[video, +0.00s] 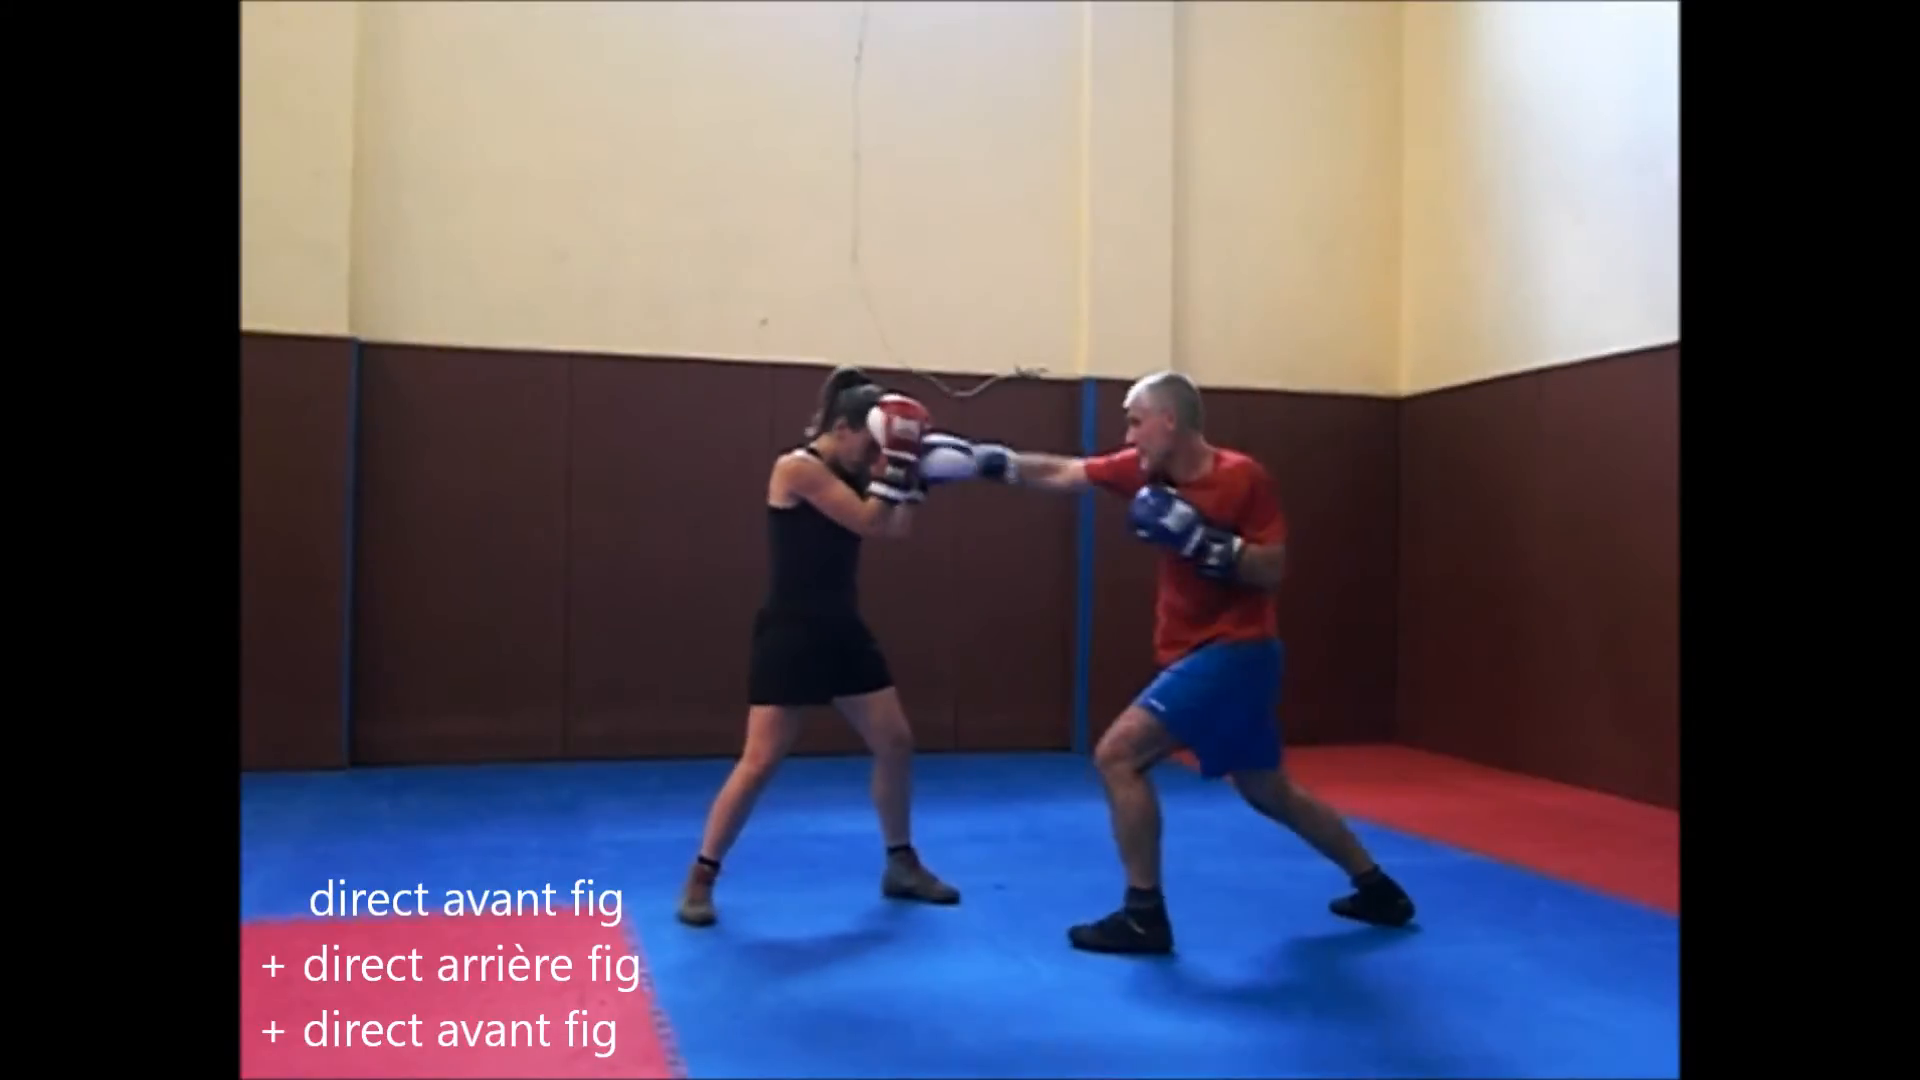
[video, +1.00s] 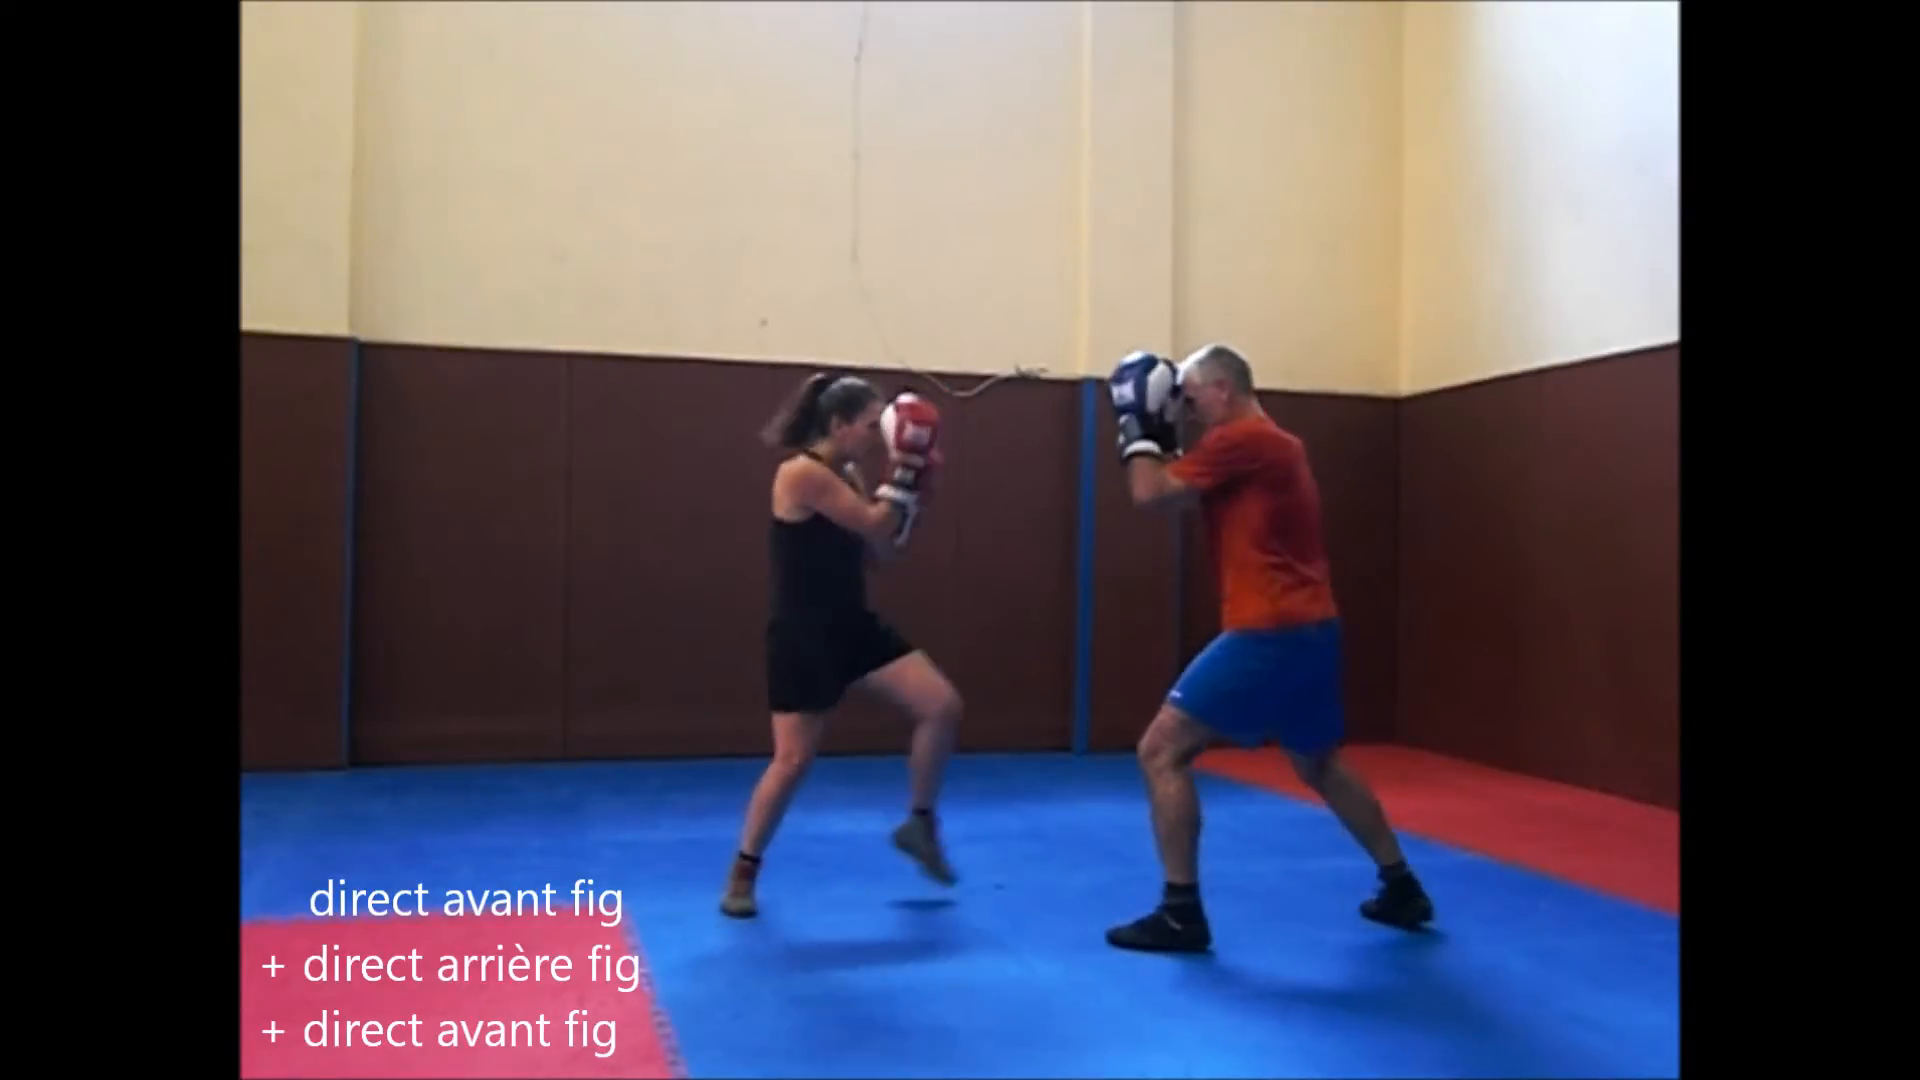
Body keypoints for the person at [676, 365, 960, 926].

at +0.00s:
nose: (873, 451)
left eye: (877, 442)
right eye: (869, 440)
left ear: (858, 434)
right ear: (841, 429)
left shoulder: (846, 475)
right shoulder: (797, 468)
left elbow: (894, 525)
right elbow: (872, 522)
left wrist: (913, 472)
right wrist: (892, 466)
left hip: (840, 631)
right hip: (789, 633)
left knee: (894, 741)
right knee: (760, 760)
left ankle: (901, 865)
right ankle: (701, 878)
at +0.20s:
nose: (876, 453)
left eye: (881, 445)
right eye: (874, 442)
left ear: (854, 433)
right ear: (845, 429)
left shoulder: (842, 473)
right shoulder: (799, 467)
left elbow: (890, 522)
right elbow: (874, 520)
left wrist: (915, 465)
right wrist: (899, 468)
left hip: (839, 630)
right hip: (790, 632)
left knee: (891, 741)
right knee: (762, 760)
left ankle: (901, 866)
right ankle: (701, 878)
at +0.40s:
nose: (863, 443)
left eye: (867, 434)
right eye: (859, 431)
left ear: (847, 425)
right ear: (829, 419)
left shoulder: (838, 471)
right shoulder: (787, 464)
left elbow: (890, 526)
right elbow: (857, 513)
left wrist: (906, 475)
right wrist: (881, 460)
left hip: (842, 628)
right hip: (790, 630)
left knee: (888, 741)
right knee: (762, 758)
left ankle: (900, 865)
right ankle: (702, 878)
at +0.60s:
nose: (871, 447)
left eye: (873, 438)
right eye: (864, 436)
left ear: (844, 437)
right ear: (829, 434)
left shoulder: (846, 491)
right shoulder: (787, 486)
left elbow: (865, 568)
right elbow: (825, 568)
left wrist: (890, 520)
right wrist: (865, 514)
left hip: (842, 646)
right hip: (789, 649)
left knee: (913, 746)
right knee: (764, 769)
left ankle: (904, 866)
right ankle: (702, 882)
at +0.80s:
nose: (879, 411)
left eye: (880, 401)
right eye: (871, 400)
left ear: (855, 404)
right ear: (836, 401)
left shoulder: (852, 455)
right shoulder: (799, 449)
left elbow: (891, 518)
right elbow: (847, 519)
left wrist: (919, 469)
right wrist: (888, 469)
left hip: (846, 611)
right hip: (794, 613)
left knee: (882, 731)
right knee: (778, 742)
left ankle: (884, 857)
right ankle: (727, 864)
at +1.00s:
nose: (877, 435)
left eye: (878, 425)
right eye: (871, 424)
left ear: (842, 427)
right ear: (838, 423)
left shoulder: (843, 476)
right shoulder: (801, 474)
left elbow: (884, 541)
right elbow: (876, 526)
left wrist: (910, 486)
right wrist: (903, 471)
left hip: (853, 630)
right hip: (803, 638)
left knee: (941, 705)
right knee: (792, 759)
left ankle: (921, 823)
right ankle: (744, 869)